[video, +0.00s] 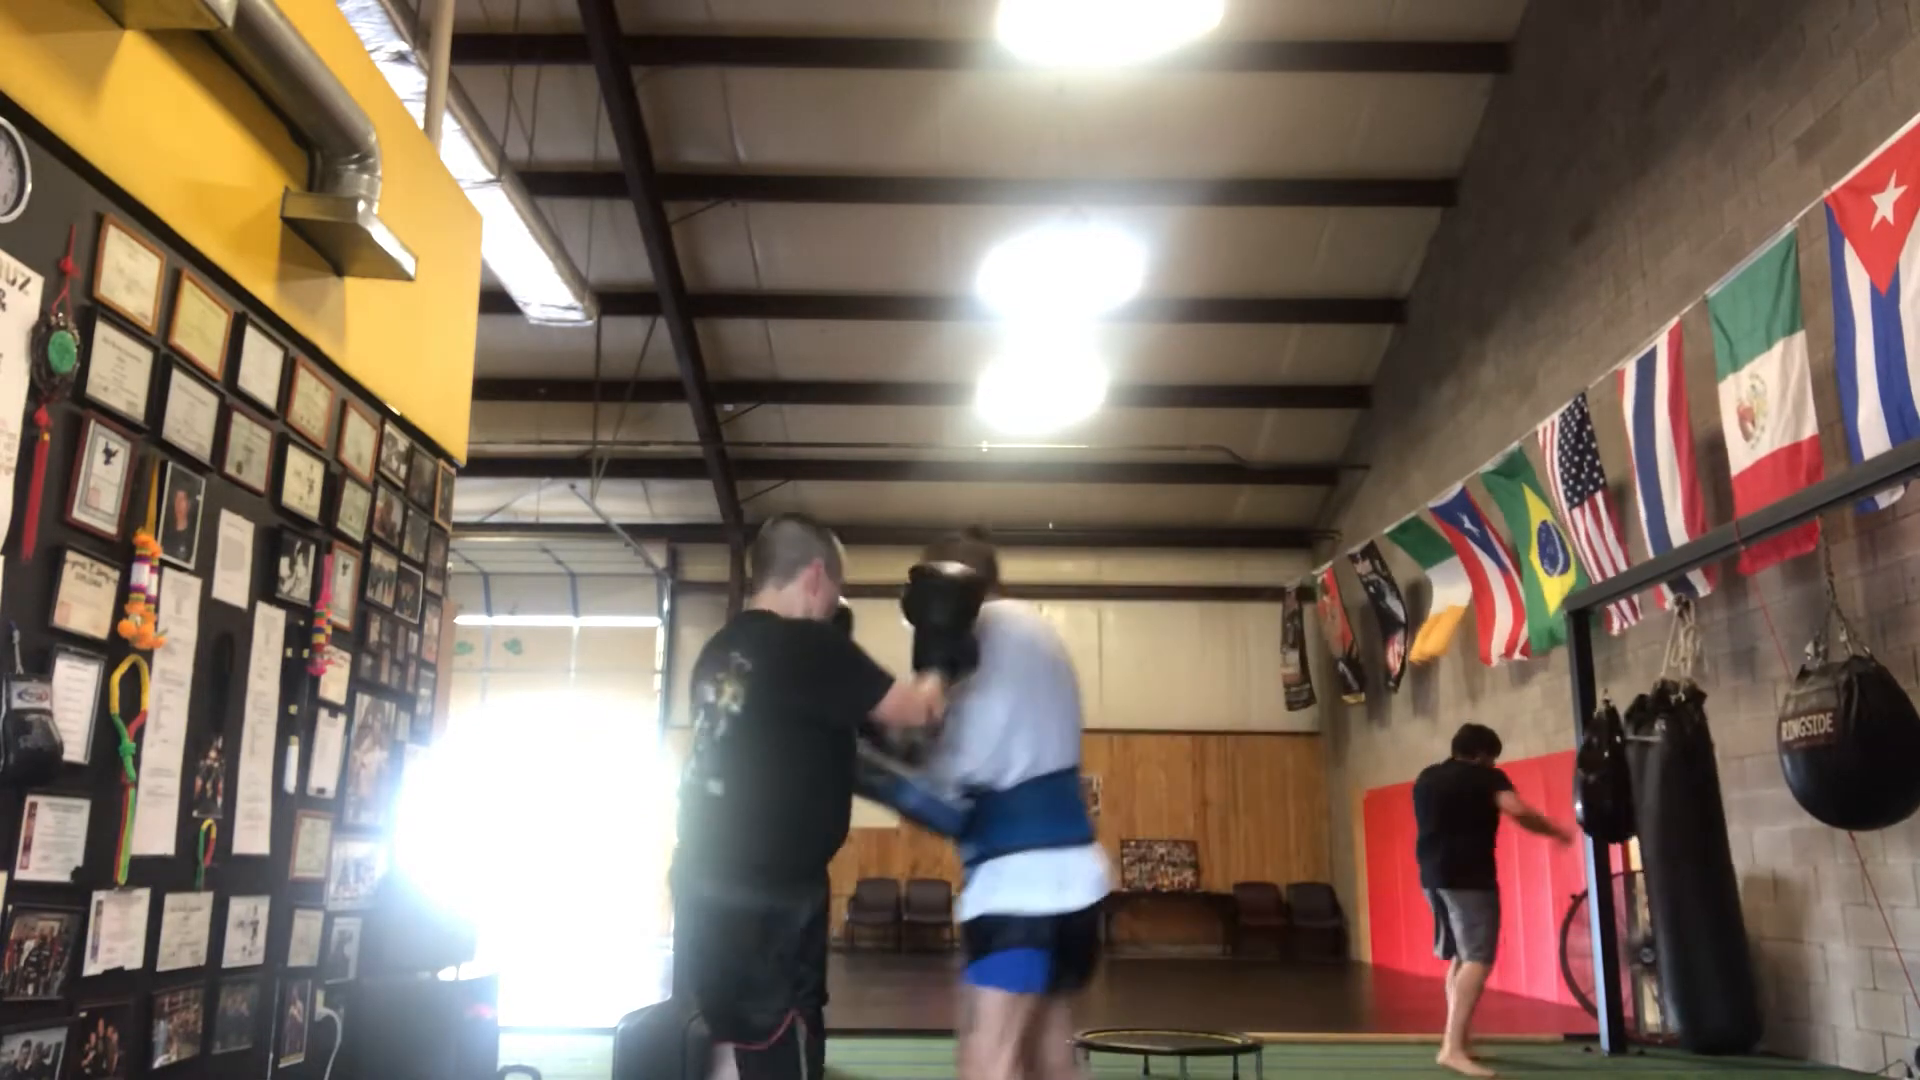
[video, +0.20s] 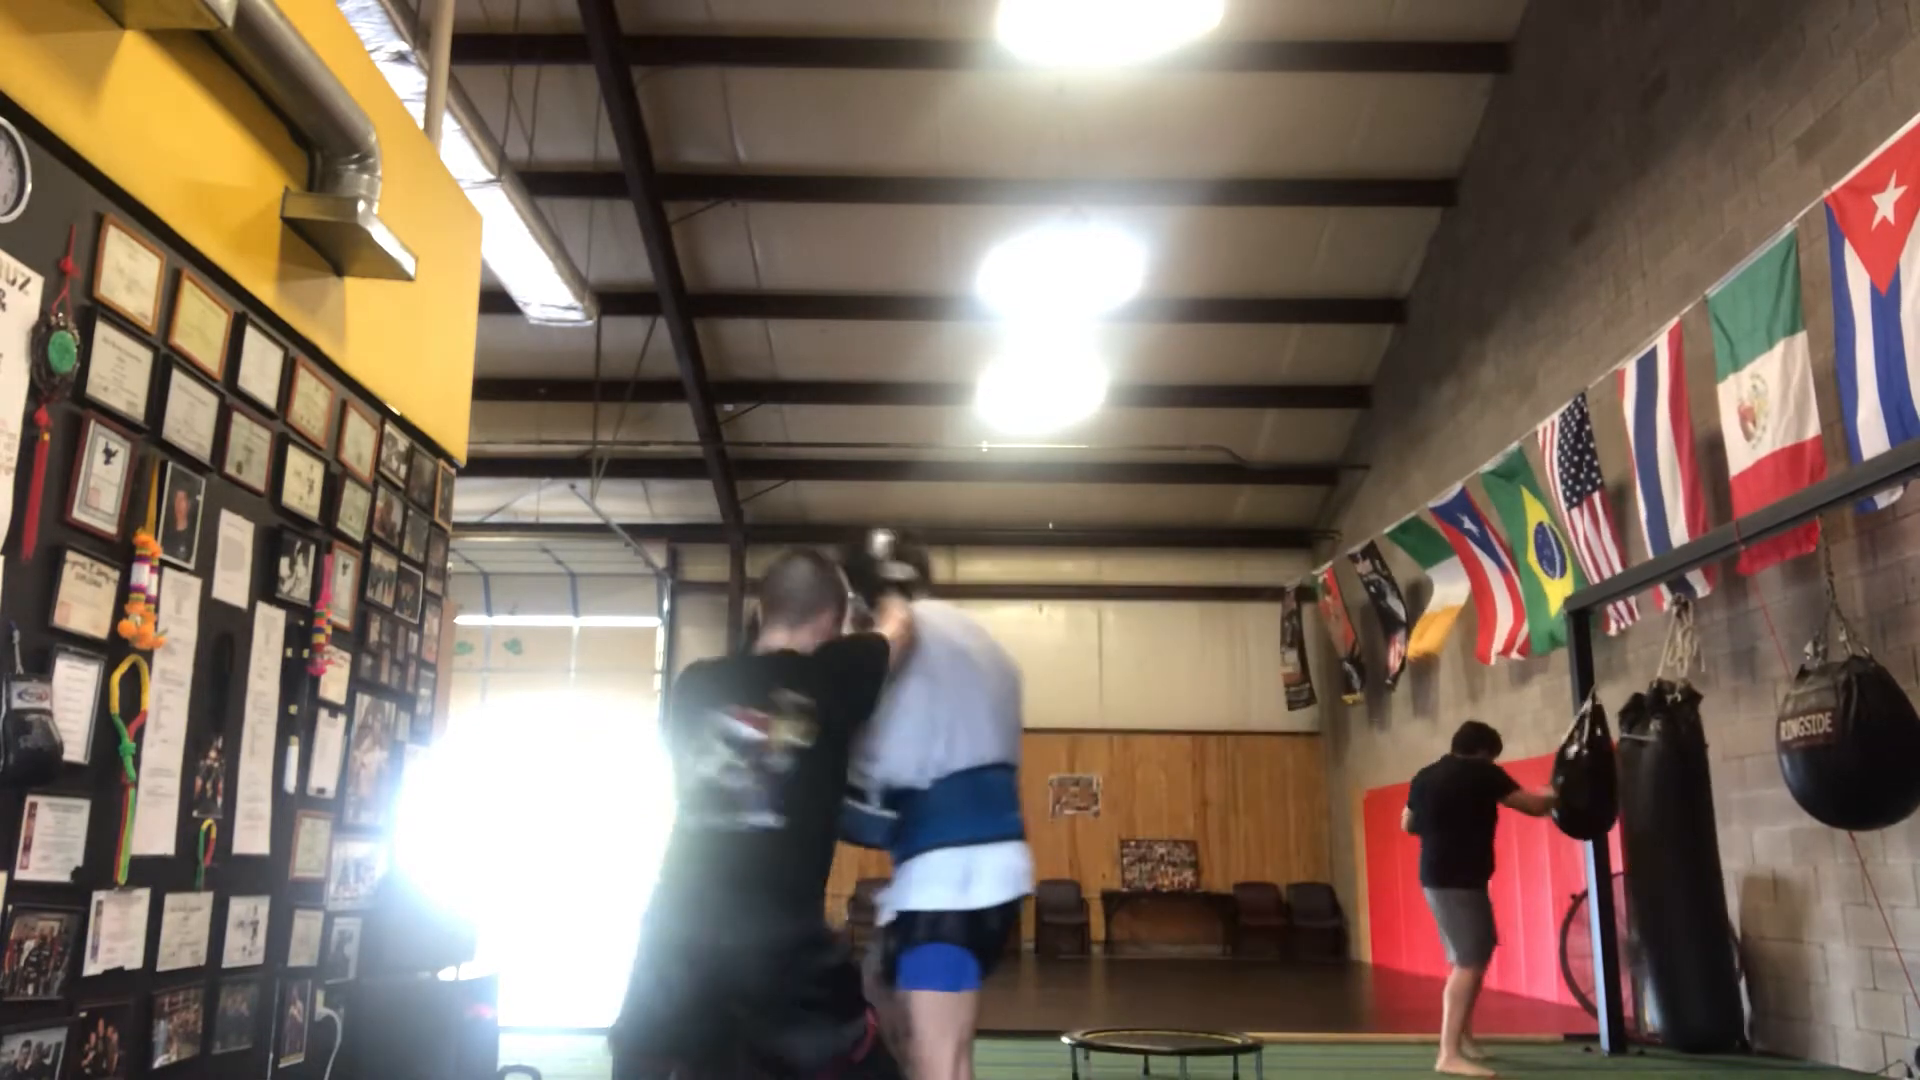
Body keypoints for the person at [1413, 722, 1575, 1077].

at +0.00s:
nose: (1492, 764)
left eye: (1493, 759)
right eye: (1492, 759)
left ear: (1455, 751)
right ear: (1483, 755)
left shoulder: (1427, 777)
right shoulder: (1489, 776)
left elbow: (1431, 825)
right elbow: (1519, 813)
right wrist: (1556, 831)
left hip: (1433, 879)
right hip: (1470, 877)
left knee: (1459, 957)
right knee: (1477, 958)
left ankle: (1456, 1040)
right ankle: (1452, 1049)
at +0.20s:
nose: (1492, 761)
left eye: (1493, 756)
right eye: (1492, 756)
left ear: (1457, 746)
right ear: (1483, 752)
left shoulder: (1426, 776)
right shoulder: (1485, 773)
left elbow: (1408, 824)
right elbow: (1532, 805)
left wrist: (1443, 815)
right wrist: (1561, 796)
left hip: (1437, 881)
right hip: (1463, 883)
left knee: (1467, 960)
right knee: (1470, 962)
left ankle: (1461, 1040)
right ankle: (1448, 1055)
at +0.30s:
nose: (1492, 761)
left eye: (1494, 757)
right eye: (1492, 756)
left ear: (1459, 746)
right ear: (1482, 750)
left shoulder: (1438, 773)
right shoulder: (1472, 773)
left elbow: (1414, 816)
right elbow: (1512, 804)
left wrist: (1450, 811)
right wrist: (1512, 785)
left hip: (1444, 881)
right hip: (1457, 882)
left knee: (1476, 960)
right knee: (1465, 964)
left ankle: (1463, 1034)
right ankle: (1447, 1055)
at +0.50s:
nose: (1489, 762)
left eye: (1491, 756)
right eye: (1488, 754)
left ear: (1465, 745)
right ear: (1474, 748)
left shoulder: (1463, 777)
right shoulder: (1442, 770)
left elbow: (1490, 808)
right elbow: (1473, 810)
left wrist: (1531, 805)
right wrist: (1496, 791)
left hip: (1467, 881)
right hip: (1444, 883)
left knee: (1471, 961)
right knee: (1460, 963)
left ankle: (1460, 1040)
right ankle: (1446, 1054)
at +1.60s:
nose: (1506, 763)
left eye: (1508, 758)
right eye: (1506, 757)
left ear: (1473, 748)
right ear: (1495, 752)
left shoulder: (1453, 776)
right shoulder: (1485, 772)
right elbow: (1515, 817)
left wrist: (1516, 799)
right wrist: (1530, 800)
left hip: (1462, 880)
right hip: (1486, 878)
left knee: (1488, 960)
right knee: (1505, 954)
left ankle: (1485, 1043)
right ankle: (1483, 1044)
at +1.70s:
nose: (1510, 762)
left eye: (1511, 757)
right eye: (1510, 757)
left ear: (1475, 748)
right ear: (1501, 752)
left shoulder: (1450, 775)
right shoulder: (1495, 768)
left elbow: (1468, 821)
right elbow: (1520, 807)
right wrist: (1547, 820)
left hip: (1459, 879)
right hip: (1491, 877)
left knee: (1486, 961)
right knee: (1511, 956)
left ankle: (1486, 1041)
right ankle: (1484, 1043)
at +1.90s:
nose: (1515, 765)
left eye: (1514, 761)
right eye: (1514, 760)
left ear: (1477, 754)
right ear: (1510, 757)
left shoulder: (1449, 777)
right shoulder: (1512, 775)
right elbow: (1559, 808)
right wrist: (1602, 814)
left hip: (1460, 880)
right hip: (1495, 878)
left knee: (1499, 960)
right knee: (1507, 960)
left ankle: (1490, 1040)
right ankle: (1479, 1049)